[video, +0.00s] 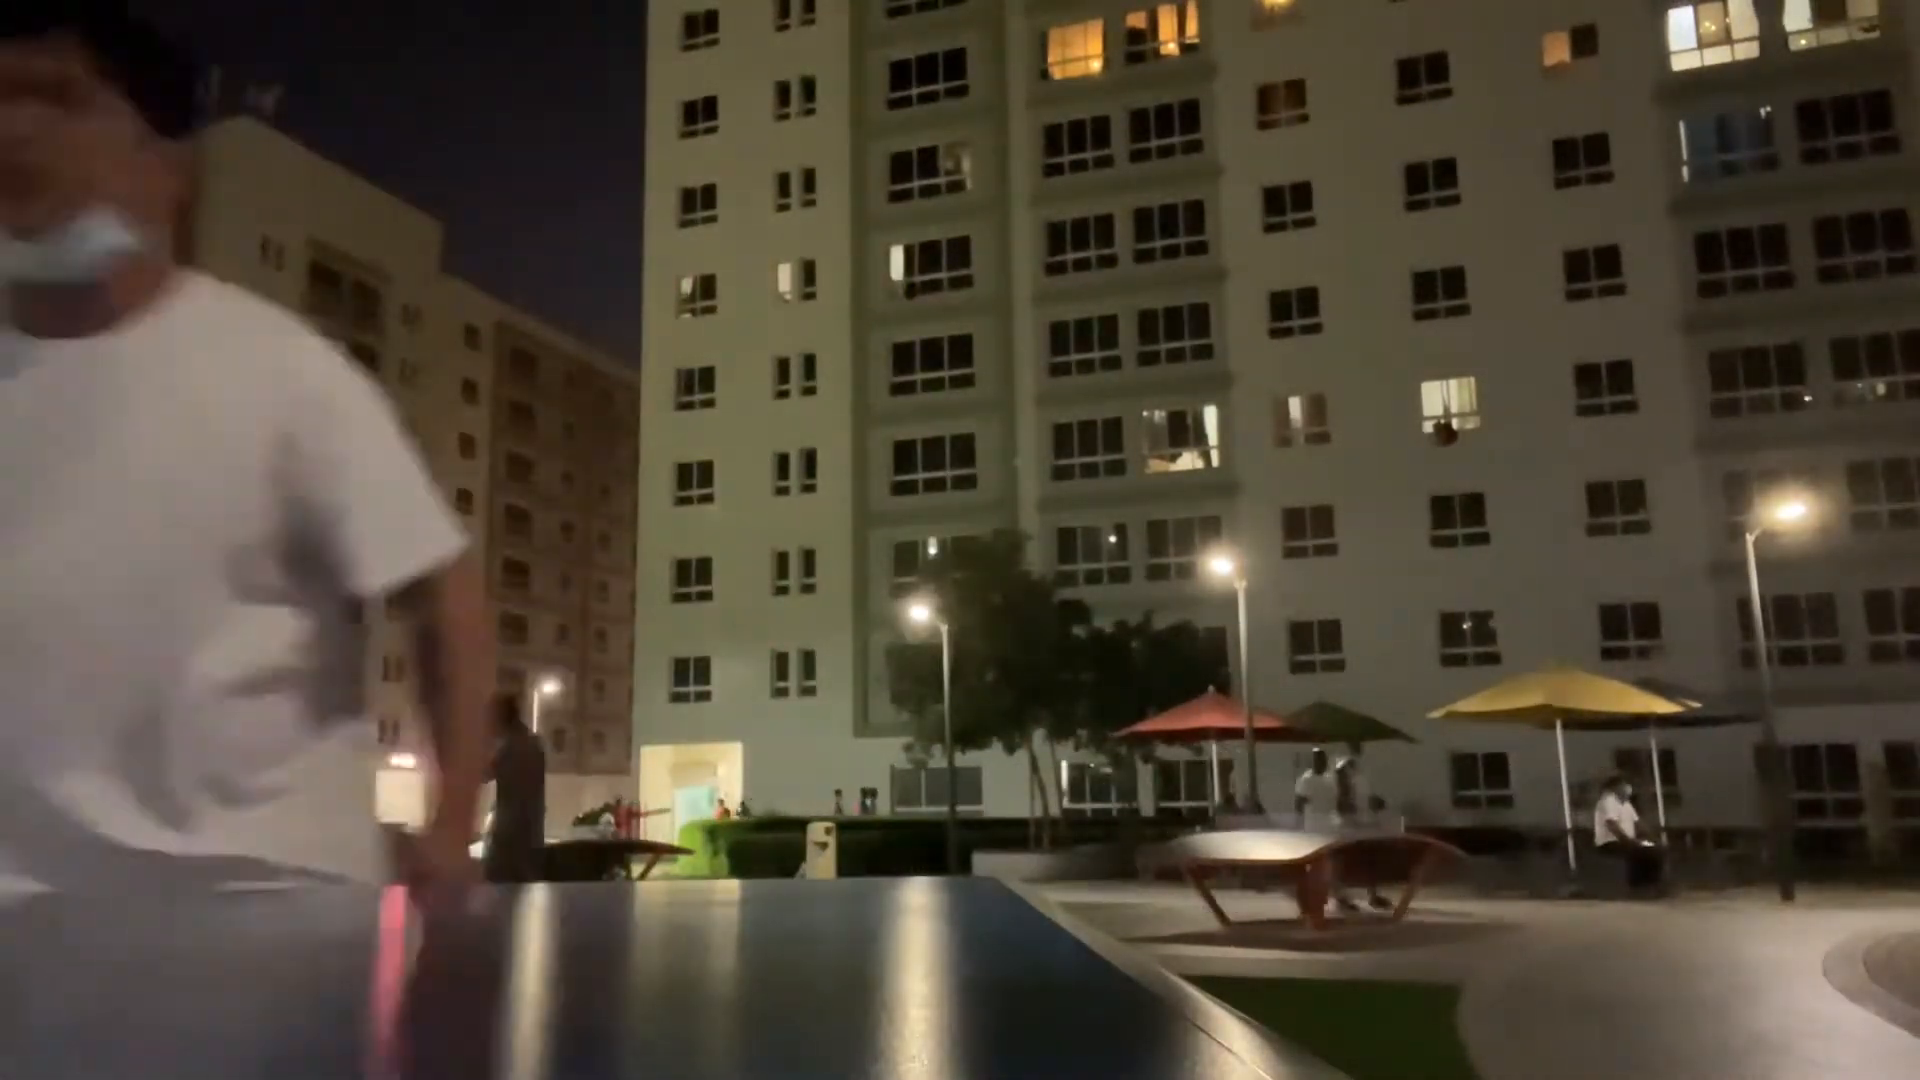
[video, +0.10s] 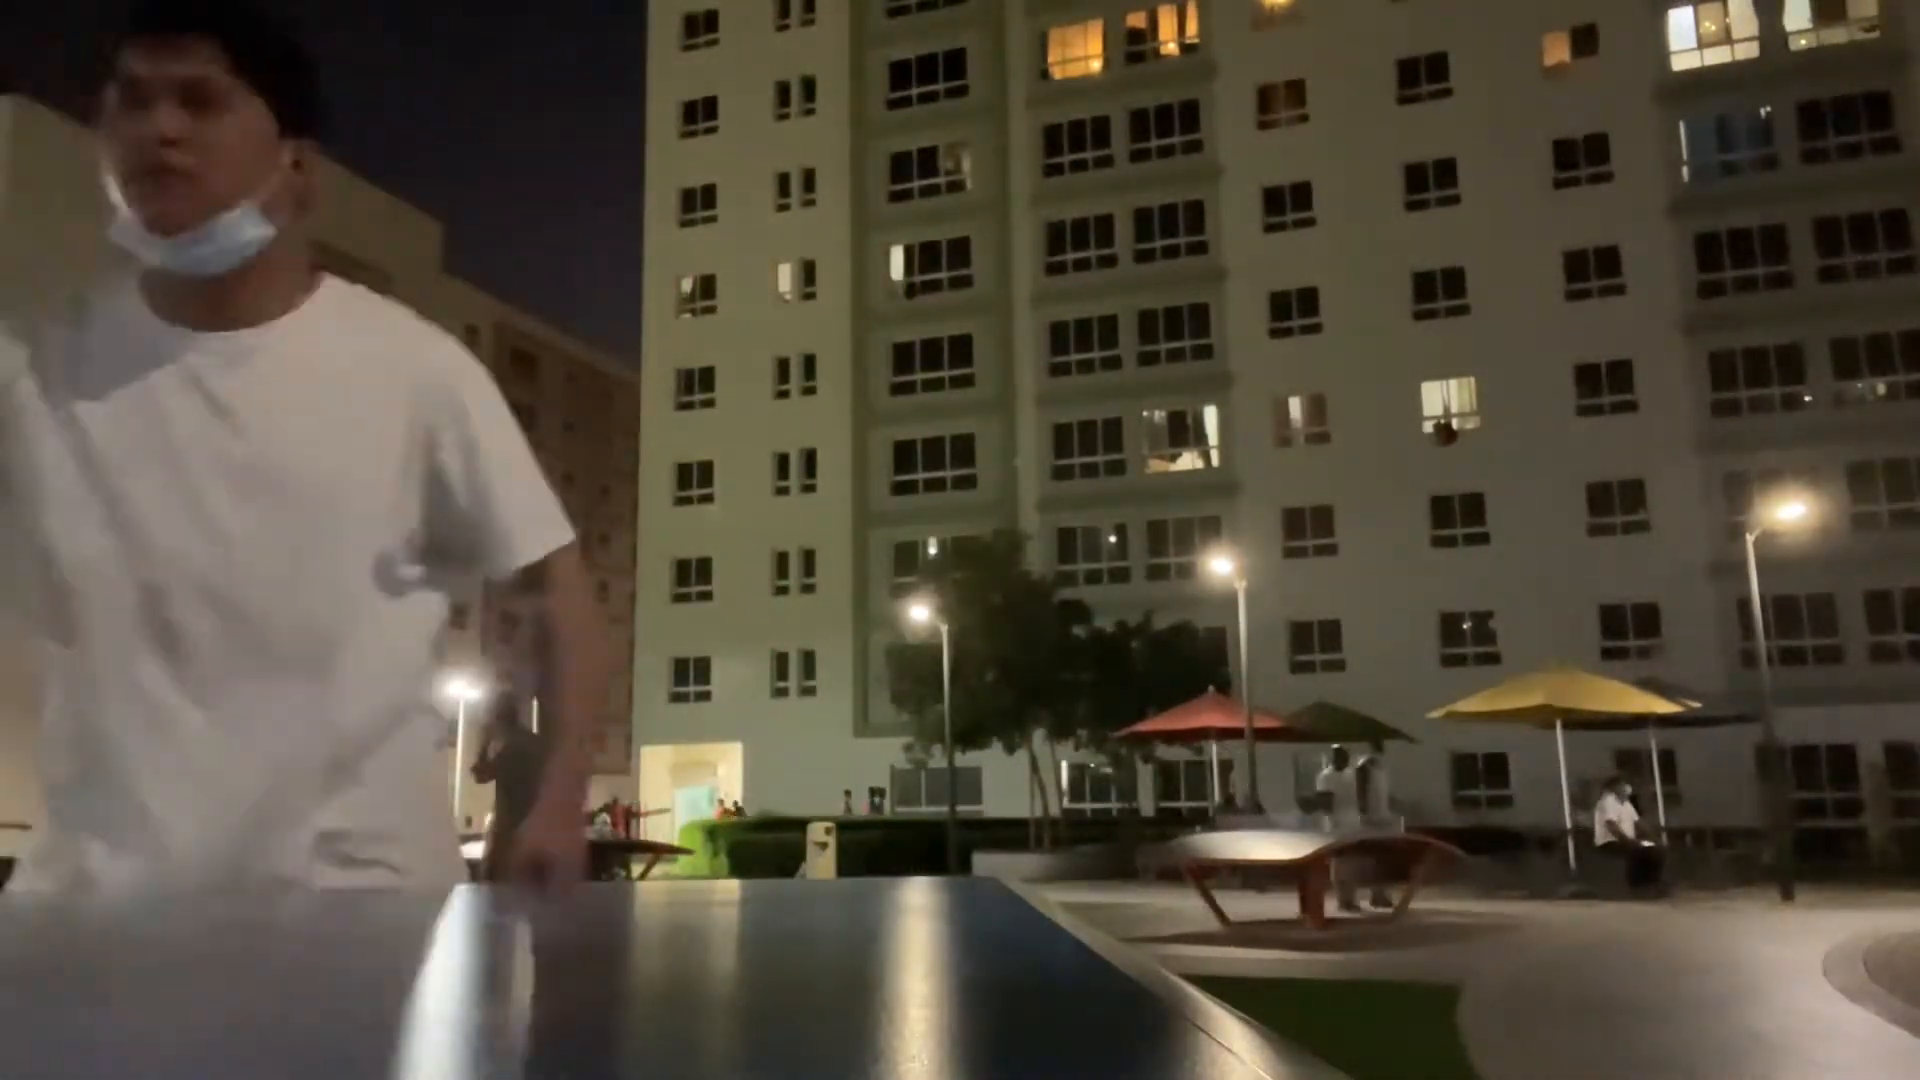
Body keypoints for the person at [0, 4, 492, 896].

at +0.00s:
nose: (15, 133)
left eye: (59, 98)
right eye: (5, 96)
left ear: (166, 159)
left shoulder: (273, 370)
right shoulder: (14, 364)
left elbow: (446, 587)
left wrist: (453, 827)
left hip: (269, 910)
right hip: (39, 908)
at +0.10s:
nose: (157, 129)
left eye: (200, 100)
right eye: (132, 100)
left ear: (294, 161)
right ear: (99, 138)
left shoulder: (415, 373)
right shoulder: (39, 379)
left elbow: (563, 590)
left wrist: (558, 800)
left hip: (352, 903)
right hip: (99, 903)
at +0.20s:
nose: (192, 146)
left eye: (236, 121)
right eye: (164, 118)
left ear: (318, 176)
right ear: (128, 155)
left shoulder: (423, 383)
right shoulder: (33, 382)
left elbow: (565, 605)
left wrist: (568, 815)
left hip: (371, 914)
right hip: (110, 907)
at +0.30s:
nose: (390, 228)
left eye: (420, 198)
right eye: (351, 190)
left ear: (460, 232)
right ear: (284, 213)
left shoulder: (513, 438)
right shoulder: (146, 396)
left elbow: (605, 656)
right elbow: (17, 593)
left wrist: (606, 851)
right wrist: (275, 676)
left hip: (431, 935)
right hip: (167, 929)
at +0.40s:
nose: (635, 278)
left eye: (661, 256)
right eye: (602, 248)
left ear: (687, 288)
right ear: (535, 267)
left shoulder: (701, 492)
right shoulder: (432, 409)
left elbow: (732, 695)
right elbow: (423, 609)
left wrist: (754, 867)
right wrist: (652, 622)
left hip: (563, 905)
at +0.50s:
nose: (733, 251)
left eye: (760, 236)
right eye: (704, 226)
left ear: (792, 279)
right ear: (648, 255)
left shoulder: (785, 487)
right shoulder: (541, 362)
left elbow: (813, 697)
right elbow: (481, 524)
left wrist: (838, 845)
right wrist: (665, 547)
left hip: (621, 884)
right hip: (404, 859)